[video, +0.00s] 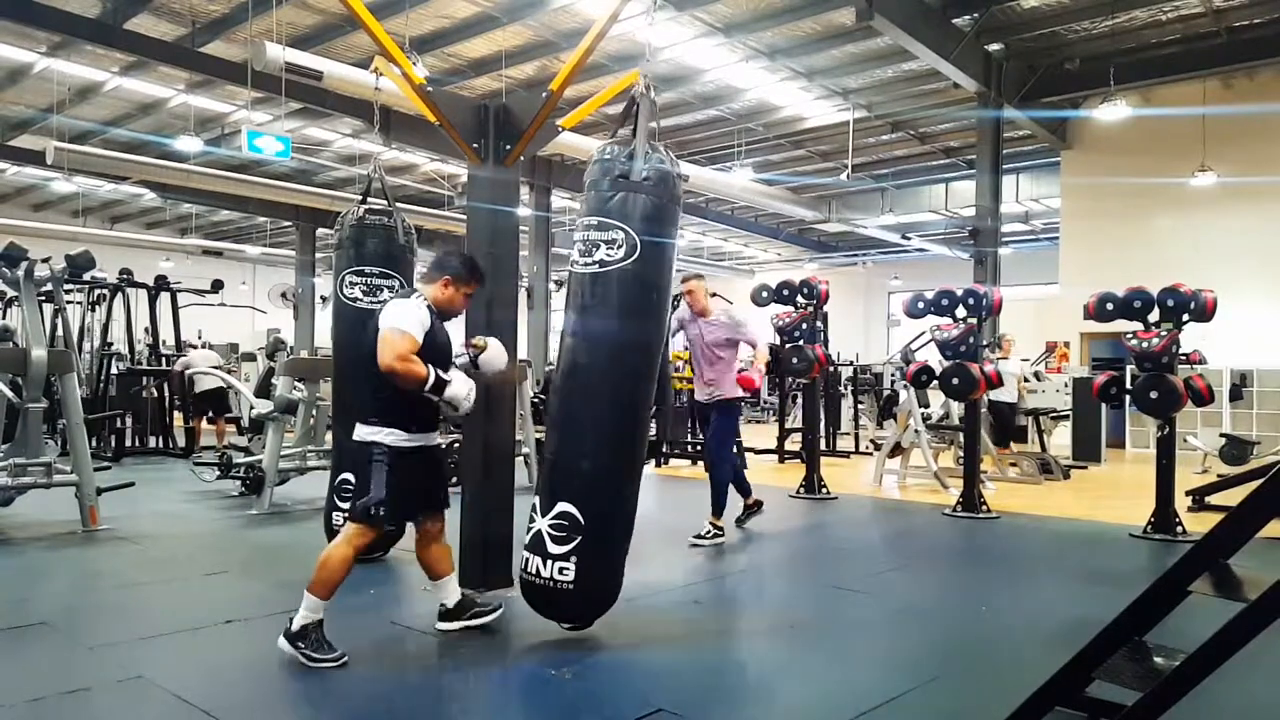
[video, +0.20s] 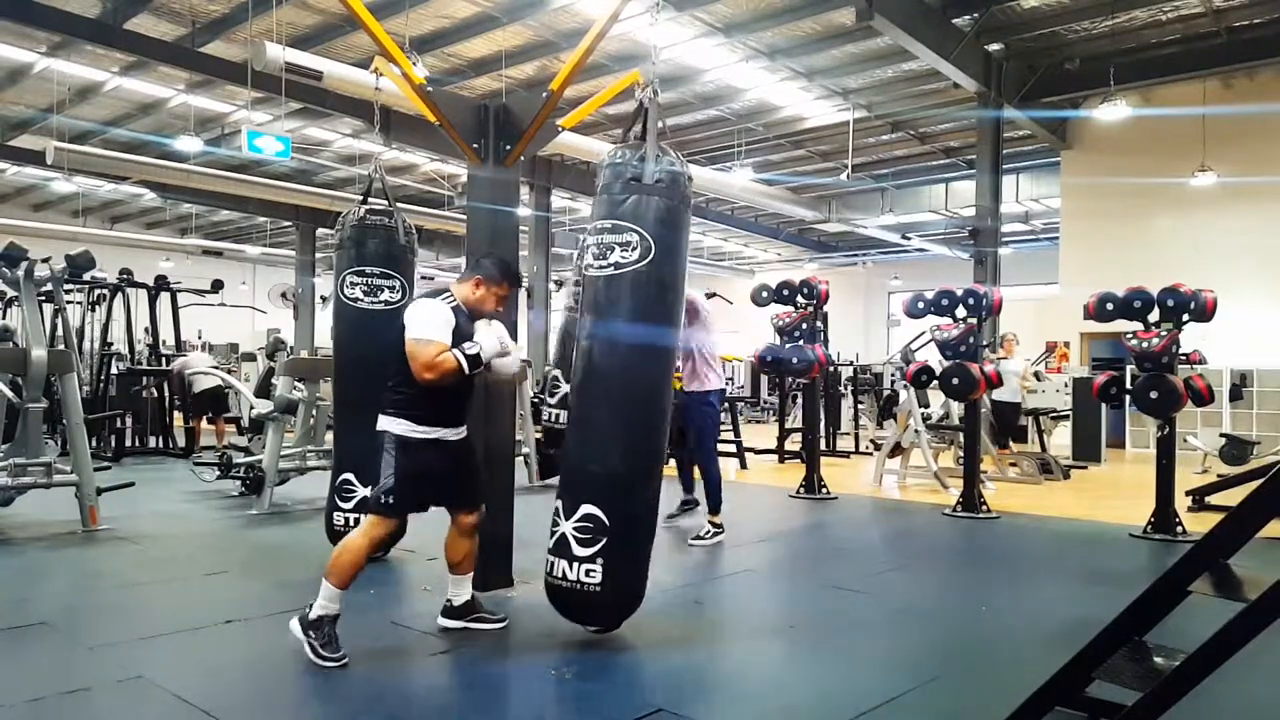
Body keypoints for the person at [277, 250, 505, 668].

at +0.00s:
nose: (465, 306)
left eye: (468, 298)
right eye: (465, 296)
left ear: (445, 286)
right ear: (446, 285)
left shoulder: (434, 319)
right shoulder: (406, 309)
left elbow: (438, 361)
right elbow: (393, 359)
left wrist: (471, 356)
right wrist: (444, 385)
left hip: (423, 443)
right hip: (385, 444)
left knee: (432, 528)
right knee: (359, 534)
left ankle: (453, 604)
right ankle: (303, 627)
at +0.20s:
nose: (500, 311)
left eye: (505, 303)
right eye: (500, 301)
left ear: (482, 289)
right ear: (478, 285)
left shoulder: (470, 321)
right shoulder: (428, 309)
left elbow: (471, 369)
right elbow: (427, 370)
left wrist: (502, 367)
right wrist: (477, 350)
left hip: (452, 437)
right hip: (406, 436)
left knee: (468, 517)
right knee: (382, 527)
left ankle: (459, 604)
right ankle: (318, 617)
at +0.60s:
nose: (517, 311)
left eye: (519, 305)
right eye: (515, 302)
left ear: (495, 296)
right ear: (491, 291)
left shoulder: (492, 325)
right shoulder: (442, 320)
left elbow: (516, 378)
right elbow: (460, 381)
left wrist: (532, 342)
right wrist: (495, 341)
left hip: (481, 444)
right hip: (434, 446)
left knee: (505, 519)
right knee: (416, 536)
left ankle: (530, 593)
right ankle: (369, 623)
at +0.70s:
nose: (535, 316)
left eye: (538, 309)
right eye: (533, 307)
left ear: (512, 299)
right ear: (508, 296)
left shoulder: (507, 332)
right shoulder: (465, 331)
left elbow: (518, 371)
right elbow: (461, 392)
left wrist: (546, 342)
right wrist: (514, 387)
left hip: (497, 449)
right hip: (456, 449)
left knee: (527, 521)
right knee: (439, 537)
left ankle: (544, 598)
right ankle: (375, 617)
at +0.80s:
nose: (556, 315)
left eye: (557, 308)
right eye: (554, 307)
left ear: (531, 300)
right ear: (536, 301)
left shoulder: (516, 326)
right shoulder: (506, 326)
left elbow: (515, 366)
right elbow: (486, 369)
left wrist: (546, 349)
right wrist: (533, 379)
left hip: (510, 448)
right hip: (478, 448)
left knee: (541, 514)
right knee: (467, 535)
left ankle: (547, 597)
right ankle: (383, 611)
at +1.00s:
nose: (583, 323)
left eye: (586, 316)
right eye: (583, 314)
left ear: (554, 302)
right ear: (567, 304)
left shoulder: (524, 325)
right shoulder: (552, 326)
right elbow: (585, 377)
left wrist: (608, 370)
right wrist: (619, 369)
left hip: (531, 447)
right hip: (500, 444)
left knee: (564, 511)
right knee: (478, 528)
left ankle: (547, 597)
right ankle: (399, 607)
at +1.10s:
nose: (593, 325)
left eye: (596, 318)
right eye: (592, 316)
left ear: (574, 307)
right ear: (572, 305)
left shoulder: (570, 338)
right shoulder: (534, 330)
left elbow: (612, 354)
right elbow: (540, 388)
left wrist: (645, 354)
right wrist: (578, 374)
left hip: (541, 444)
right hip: (504, 442)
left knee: (571, 512)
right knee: (497, 527)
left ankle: (549, 597)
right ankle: (435, 606)